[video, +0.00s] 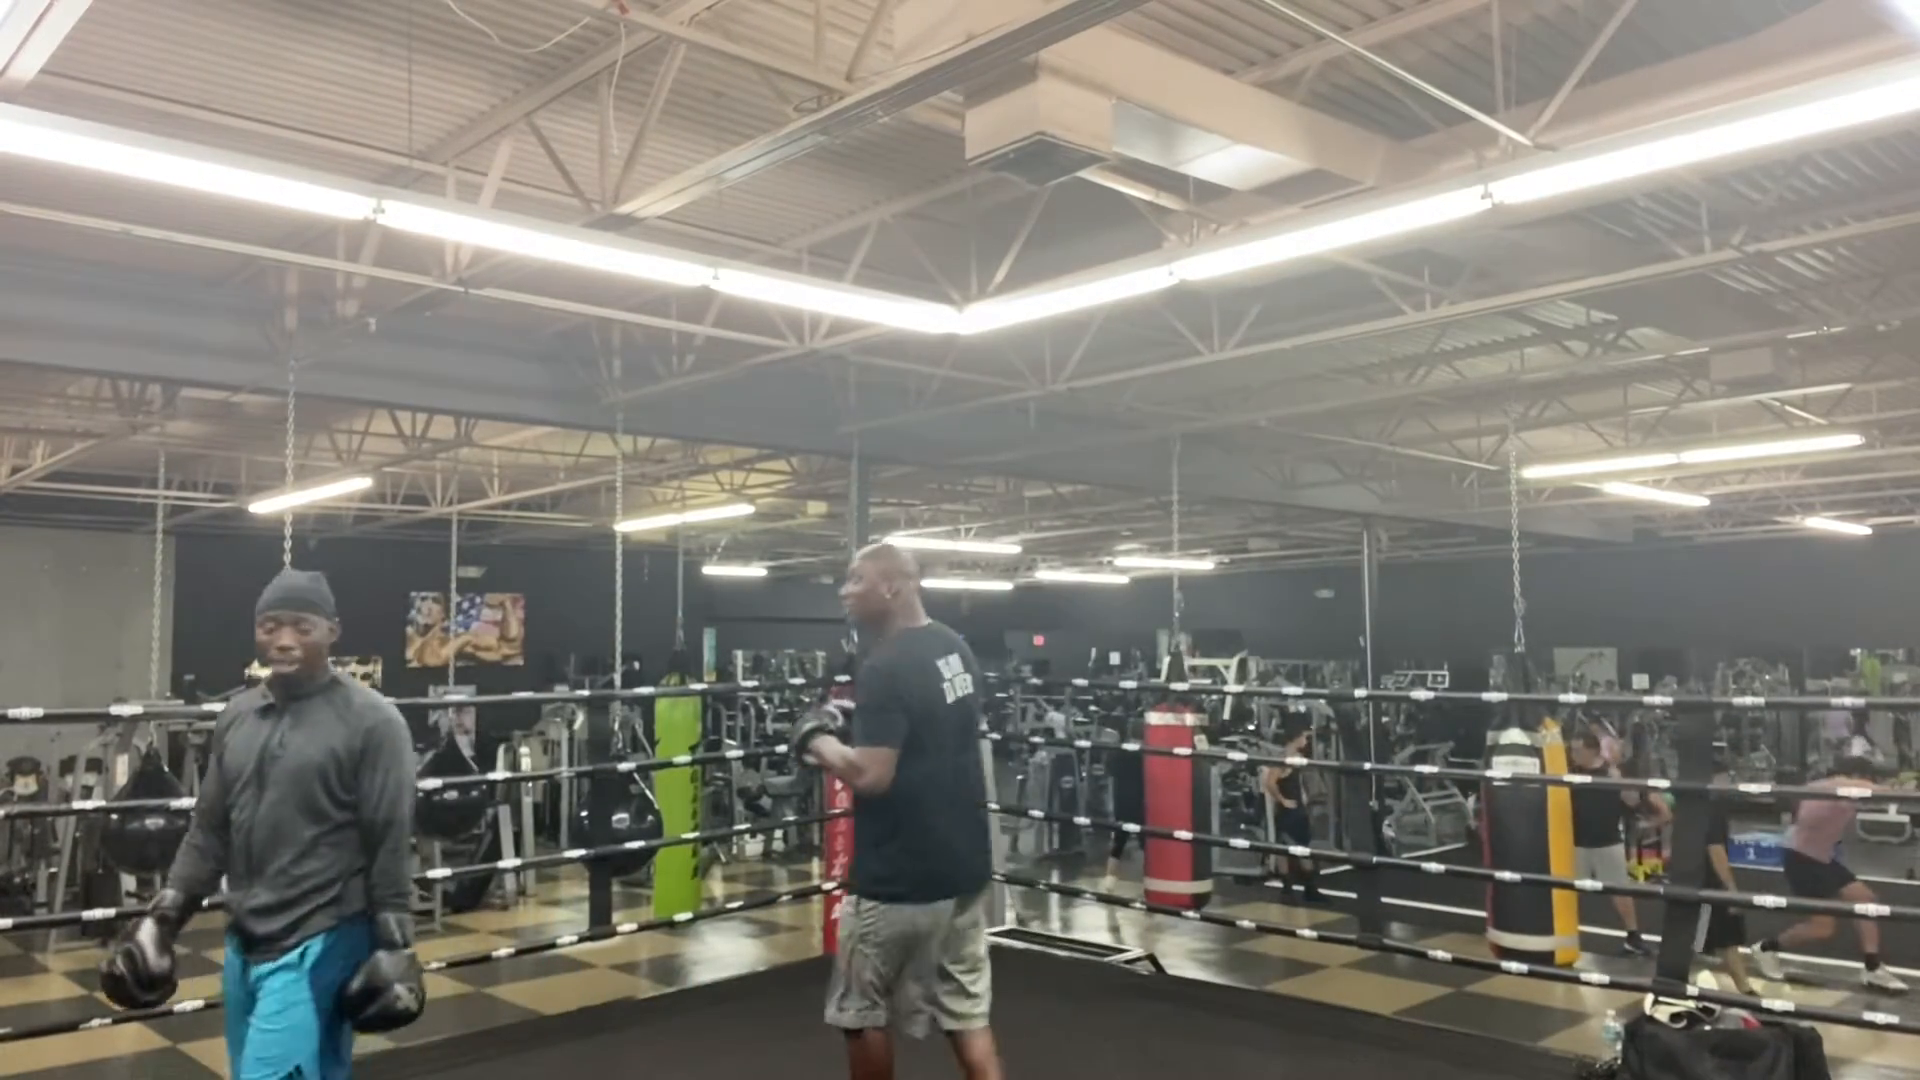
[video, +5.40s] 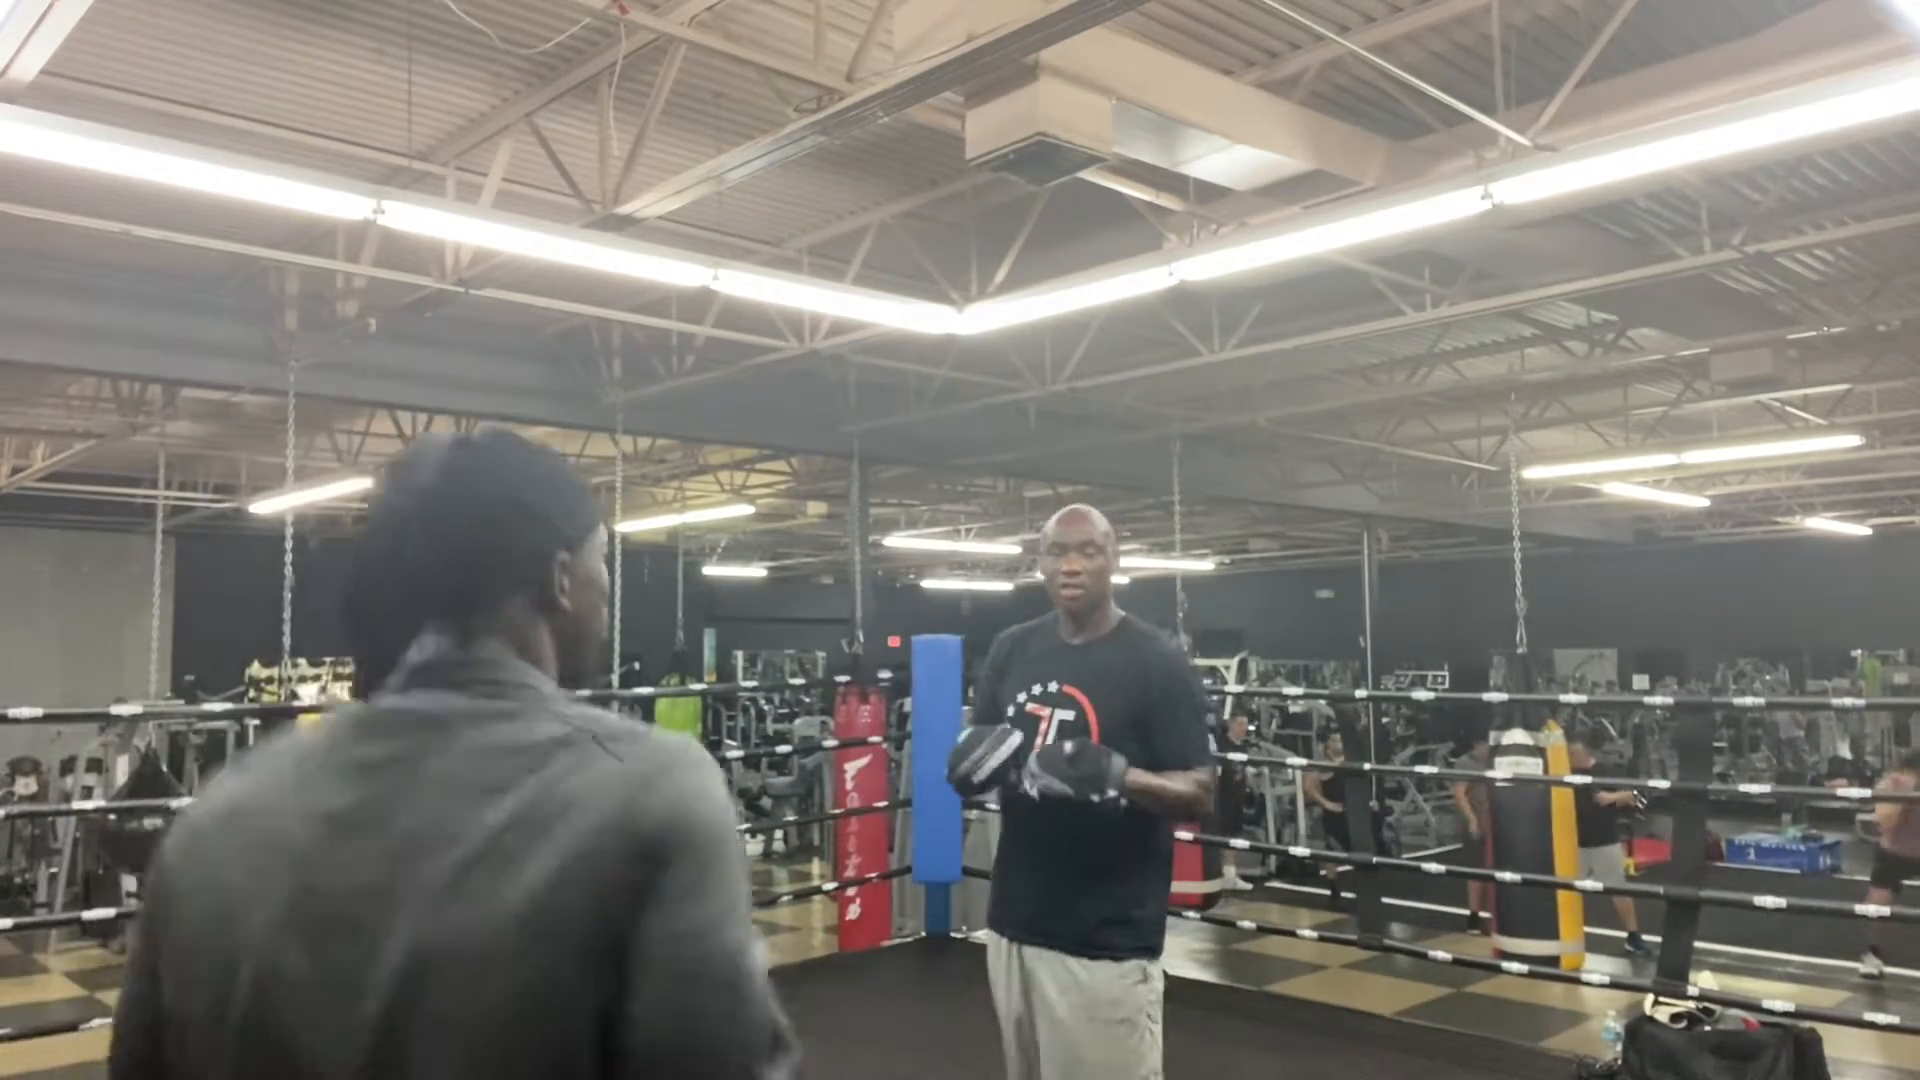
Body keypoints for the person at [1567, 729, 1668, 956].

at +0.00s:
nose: (1572, 754)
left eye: (1577, 750)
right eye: (1571, 750)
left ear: (1592, 750)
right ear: (1571, 751)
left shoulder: (1609, 773)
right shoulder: (1570, 774)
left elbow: (1631, 799)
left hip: (1608, 842)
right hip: (1576, 841)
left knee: (1620, 891)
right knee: (1567, 892)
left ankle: (1633, 935)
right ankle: (1565, 940)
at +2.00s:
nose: (1564, 761)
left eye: (1567, 756)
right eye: (1562, 757)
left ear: (1578, 754)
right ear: (1561, 757)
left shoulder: (1600, 770)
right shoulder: (1557, 777)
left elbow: (1627, 793)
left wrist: (1599, 796)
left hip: (1604, 840)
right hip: (1573, 843)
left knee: (1620, 889)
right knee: (1566, 892)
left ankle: (1633, 934)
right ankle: (1563, 937)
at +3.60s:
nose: (1597, 758)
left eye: (1598, 752)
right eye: (1591, 753)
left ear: (1601, 750)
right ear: (1571, 754)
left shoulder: (1606, 773)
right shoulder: (1564, 777)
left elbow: (1624, 791)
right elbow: (1572, 808)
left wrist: (1623, 799)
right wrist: (1607, 803)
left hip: (1607, 840)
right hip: (1575, 843)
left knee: (1620, 890)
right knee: (1565, 892)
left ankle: (1633, 934)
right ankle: (1561, 936)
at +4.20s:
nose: (1608, 760)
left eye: (1610, 755)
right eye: (1604, 754)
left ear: (1612, 753)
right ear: (1590, 750)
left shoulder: (1610, 774)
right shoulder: (1568, 771)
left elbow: (1614, 799)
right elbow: (1554, 797)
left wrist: (1627, 804)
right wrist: (1579, 811)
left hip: (1607, 842)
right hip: (1576, 843)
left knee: (1620, 890)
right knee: (1570, 892)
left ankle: (1633, 935)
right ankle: (1564, 932)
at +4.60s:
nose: (1575, 752)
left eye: (1580, 747)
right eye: (1575, 747)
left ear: (1596, 750)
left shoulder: (1615, 774)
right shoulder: (1567, 773)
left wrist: (1627, 805)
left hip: (1608, 841)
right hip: (1575, 842)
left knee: (1620, 890)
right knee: (1571, 890)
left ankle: (1633, 934)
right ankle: (1564, 932)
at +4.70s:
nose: (1576, 753)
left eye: (1580, 749)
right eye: (1579, 749)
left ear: (1593, 750)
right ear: (1575, 751)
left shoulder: (1615, 774)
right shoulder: (1568, 775)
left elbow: (1637, 800)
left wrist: (1613, 805)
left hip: (1608, 841)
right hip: (1575, 841)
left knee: (1620, 890)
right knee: (1569, 892)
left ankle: (1633, 935)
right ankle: (1561, 935)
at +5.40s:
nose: (1575, 757)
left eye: (1578, 751)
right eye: (1572, 752)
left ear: (1589, 753)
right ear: (1567, 753)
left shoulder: (1607, 772)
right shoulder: (1562, 776)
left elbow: (1632, 794)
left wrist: (1611, 797)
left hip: (1604, 841)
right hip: (1573, 843)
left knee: (1619, 889)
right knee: (1567, 893)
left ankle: (1633, 935)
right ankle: (1563, 938)